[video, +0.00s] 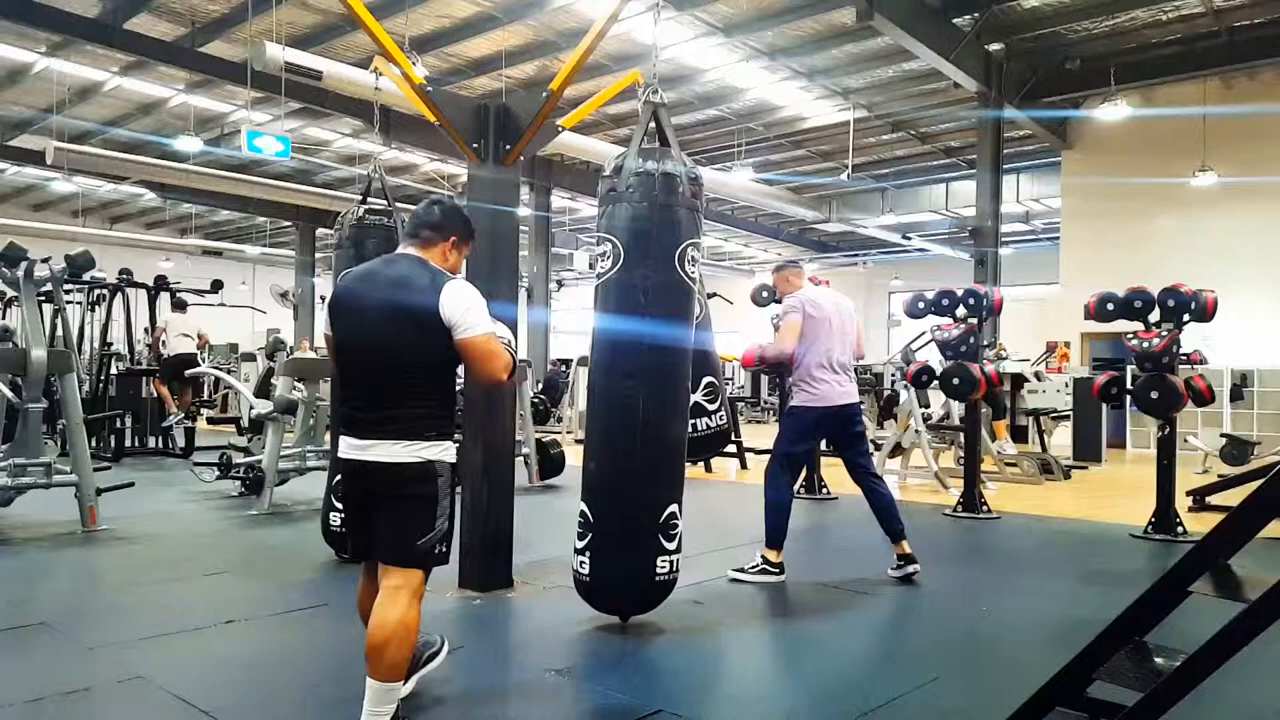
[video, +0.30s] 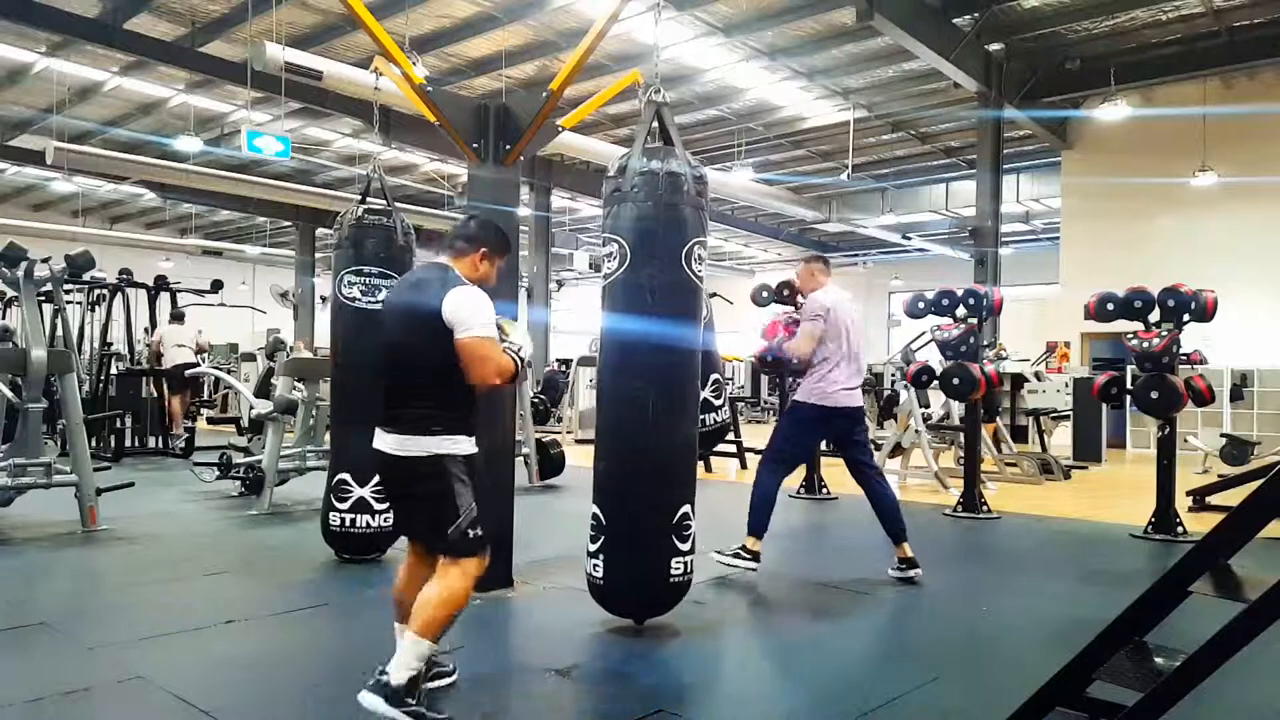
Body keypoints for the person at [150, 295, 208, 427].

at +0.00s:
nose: (173, 310)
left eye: (173, 308)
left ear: (172, 308)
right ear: (186, 309)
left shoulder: (167, 318)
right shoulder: (192, 321)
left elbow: (156, 335)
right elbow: (205, 339)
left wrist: (155, 352)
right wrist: (194, 349)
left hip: (175, 355)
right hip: (192, 356)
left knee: (159, 382)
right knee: (187, 388)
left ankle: (174, 412)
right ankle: (181, 417)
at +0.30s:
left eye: (172, 319)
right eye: (181, 320)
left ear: (170, 320)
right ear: (184, 321)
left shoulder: (161, 330)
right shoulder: (190, 331)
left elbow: (154, 347)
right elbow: (204, 347)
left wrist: (157, 361)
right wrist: (193, 352)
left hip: (172, 363)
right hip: (190, 361)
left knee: (175, 397)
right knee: (186, 395)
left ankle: (179, 430)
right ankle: (178, 423)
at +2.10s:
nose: (154, 330)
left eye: (154, 328)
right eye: (155, 328)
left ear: (156, 329)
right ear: (170, 330)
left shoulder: (150, 349)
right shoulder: (180, 348)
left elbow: (137, 366)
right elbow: (185, 364)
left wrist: (151, 369)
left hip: (154, 392)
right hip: (176, 392)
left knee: (153, 424)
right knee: (182, 424)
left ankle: (155, 459)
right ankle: (185, 457)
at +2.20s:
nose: (150, 328)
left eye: (151, 326)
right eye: (151, 326)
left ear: (154, 329)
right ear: (166, 330)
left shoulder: (147, 349)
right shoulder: (177, 348)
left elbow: (135, 368)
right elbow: (183, 363)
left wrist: (151, 371)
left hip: (153, 393)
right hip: (175, 393)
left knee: (153, 424)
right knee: (179, 424)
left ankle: (154, 459)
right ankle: (182, 457)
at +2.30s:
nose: (149, 329)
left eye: (150, 327)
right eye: (150, 326)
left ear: (152, 329)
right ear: (165, 330)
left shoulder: (146, 348)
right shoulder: (175, 347)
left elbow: (134, 367)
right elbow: (181, 363)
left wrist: (150, 370)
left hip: (152, 393)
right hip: (173, 392)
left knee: (152, 424)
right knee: (178, 423)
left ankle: (154, 459)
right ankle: (180, 457)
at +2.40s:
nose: (149, 329)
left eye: (150, 327)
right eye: (151, 327)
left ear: (151, 329)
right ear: (164, 330)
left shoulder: (145, 348)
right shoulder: (175, 347)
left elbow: (133, 368)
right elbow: (179, 363)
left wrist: (149, 370)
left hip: (151, 393)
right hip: (173, 392)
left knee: (152, 424)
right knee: (177, 424)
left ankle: (154, 459)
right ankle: (180, 457)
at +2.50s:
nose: (149, 329)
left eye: (150, 327)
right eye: (151, 327)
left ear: (151, 329)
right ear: (165, 330)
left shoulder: (144, 348)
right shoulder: (175, 347)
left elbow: (132, 369)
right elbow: (180, 364)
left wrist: (148, 370)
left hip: (151, 393)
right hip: (173, 392)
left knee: (152, 424)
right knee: (176, 424)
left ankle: (154, 459)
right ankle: (177, 457)